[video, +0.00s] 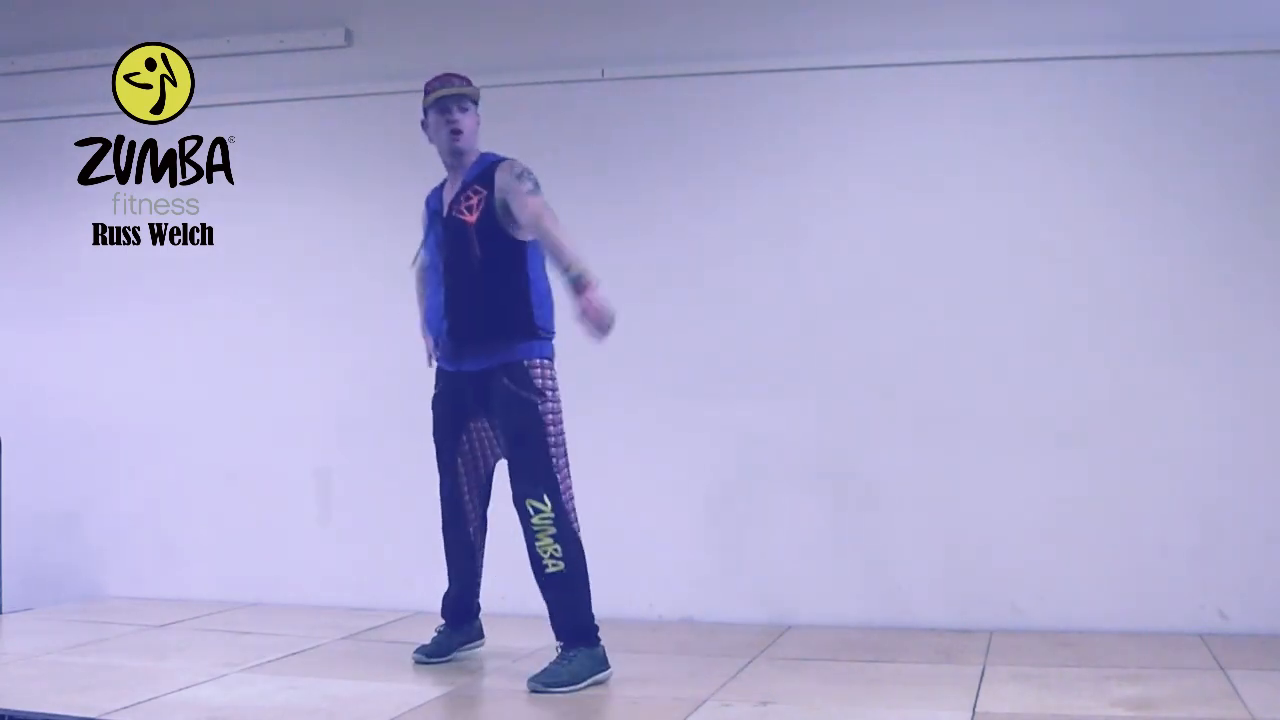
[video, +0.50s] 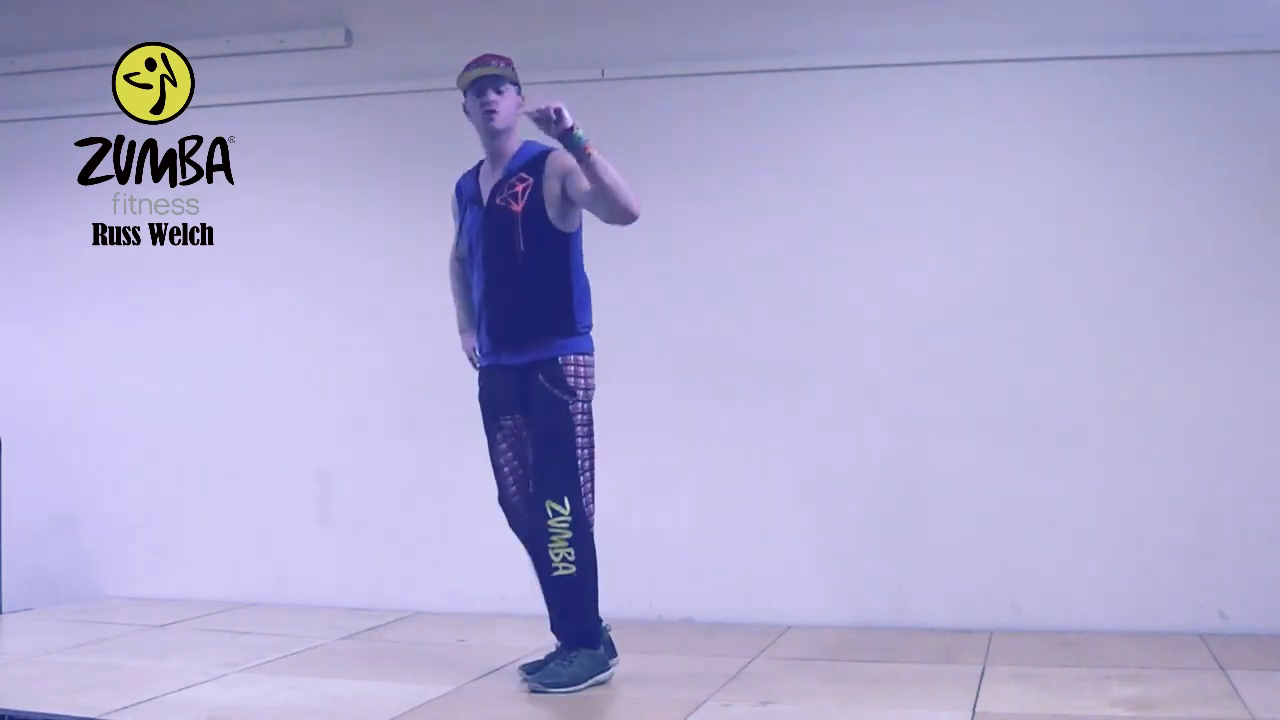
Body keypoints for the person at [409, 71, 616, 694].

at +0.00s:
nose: (454, 119)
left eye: (463, 108)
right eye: (441, 112)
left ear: (479, 118)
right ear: (426, 127)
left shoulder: (506, 175)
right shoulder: (434, 201)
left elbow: (542, 225)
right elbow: (426, 273)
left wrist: (584, 285)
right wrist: (430, 333)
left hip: (519, 365)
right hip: (457, 372)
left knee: (543, 504)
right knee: (460, 502)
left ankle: (581, 646)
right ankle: (462, 623)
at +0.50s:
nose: (488, 99)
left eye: (499, 89)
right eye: (477, 92)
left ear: (521, 101)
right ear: (465, 110)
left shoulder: (553, 162)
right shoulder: (467, 186)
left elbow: (623, 210)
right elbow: (460, 262)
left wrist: (574, 140)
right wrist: (467, 325)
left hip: (558, 358)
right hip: (498, 362)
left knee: (562, 503)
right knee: (519, 504)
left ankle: (585, 648)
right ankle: (579, 638)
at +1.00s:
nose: (458, 112)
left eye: (470, 101)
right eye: (458, 101)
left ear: (502, 112)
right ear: (469, 114)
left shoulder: (526, 183)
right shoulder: (456, 183)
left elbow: (521, 273)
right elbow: (446, 268)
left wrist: (513, 365)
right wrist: (442, 349)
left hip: (517, 368)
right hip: (461, 370)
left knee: (538, 505)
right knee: (451, 501)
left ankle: (582, 646)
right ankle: (448, 624)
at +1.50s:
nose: (419, 129)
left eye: (430, 119)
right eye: (412, 119)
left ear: (457, 120)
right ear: (407, 125)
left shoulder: (486, 188)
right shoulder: (411, 193)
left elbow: (485, 282)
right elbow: (408, 272)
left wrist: (400, 281)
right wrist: (403, 335)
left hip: (479, 366)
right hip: (426, 366)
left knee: (465, 496)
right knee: (431, 497)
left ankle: (490, 628)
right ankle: (447, 625)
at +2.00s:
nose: (462, 113)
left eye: (471, 103)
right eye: (450, 104)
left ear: (485, 114)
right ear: (432, 118)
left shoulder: (506, 171)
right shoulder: (428, 194)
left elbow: (562, 215)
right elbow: (414, 267)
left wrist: (551, 290)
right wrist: (418, 323)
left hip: (514, 363)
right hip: (452, 368)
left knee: (533, 503)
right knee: (456, 506)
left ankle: (590, 638)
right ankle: (450, 629)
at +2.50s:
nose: (518, 118)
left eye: (527, 106)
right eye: (506, 110)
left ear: (547, 115)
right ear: (492, 124)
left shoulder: (579, 172)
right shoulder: (494, 199)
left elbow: (653, 202)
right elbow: (491, 276)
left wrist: (599, 130)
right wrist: (494, 341)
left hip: (582, 365)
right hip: (521, 370)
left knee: (574, 504)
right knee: (507, 499)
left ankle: (595, 648)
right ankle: (593, 617)